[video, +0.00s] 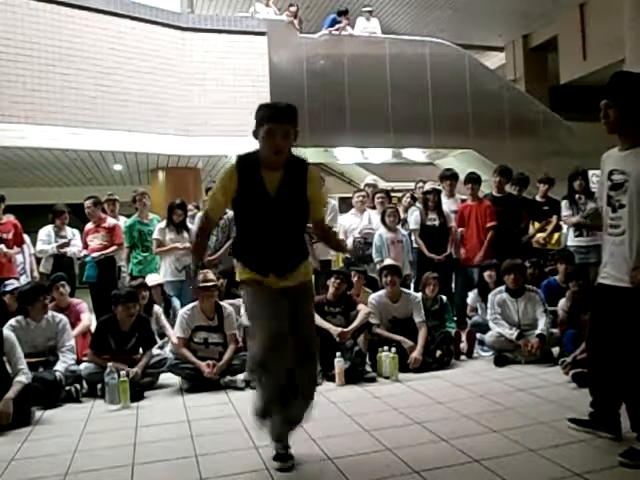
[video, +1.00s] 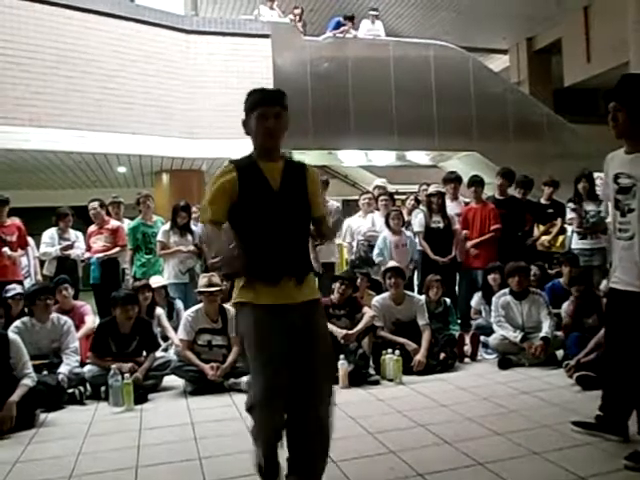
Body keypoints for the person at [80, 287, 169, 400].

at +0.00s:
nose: (131, 311)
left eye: (134, 306)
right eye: (126, 307)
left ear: (138, 307)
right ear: (115, 309)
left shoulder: (143, 322)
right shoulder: (104, 324)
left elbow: (149, 350)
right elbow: (92, 356)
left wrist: (139, 368)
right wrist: (115, 366)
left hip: (134, 363)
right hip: (109, 364)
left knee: (163, 358)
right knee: (86, 369)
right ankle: (137, 382)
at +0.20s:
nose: (133, 314)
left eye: (135, 309)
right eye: (127, 310)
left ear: (139, 309)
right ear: (116, 311)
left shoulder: (144, 324)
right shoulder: (105, 326)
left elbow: (151, 351)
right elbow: (93, 358)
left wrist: (139, 369)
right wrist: (118, 368)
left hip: (135, 365)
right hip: (111, 366)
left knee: (166, 359)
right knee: (87, 371)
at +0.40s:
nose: (132, 313)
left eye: (135, 308)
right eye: (127, 309)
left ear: (139, 309)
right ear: (116, 311)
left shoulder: (144, 325)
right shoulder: (105, 327)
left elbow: (152, 352)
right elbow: (93, 358)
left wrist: (142, 371)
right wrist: (118, 368)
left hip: (137, 365)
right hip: (112, 366)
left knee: (168, 360)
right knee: (89, 372)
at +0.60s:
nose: (130, 313)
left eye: (133, 308)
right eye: (125, 309)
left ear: (138, 309)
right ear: (114, 311)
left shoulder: (144, 324)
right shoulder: (104, 327)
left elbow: (152, 352)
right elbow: (93, 358)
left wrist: (142, 371)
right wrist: (118, 366)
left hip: (137, 363)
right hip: (112, 366)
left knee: (168, 360)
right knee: (89, 372)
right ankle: (139, 384)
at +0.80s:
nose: (130, 313)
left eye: (133, 309)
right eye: (125, 309)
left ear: (138, 309)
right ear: (114, 311)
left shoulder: (144, 324)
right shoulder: (104, 327)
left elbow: (153, 352)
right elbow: (93, 358)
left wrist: (141, 372)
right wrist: (119, 366)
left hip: (136, 364)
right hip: (111, 366)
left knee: (167, 360)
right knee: (89, 372)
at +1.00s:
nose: (130, 313)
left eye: (133, 308)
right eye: (125, 309)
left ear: (137, 309)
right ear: (114, 311)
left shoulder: (144, 325)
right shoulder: (104, 327)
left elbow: (153, 352)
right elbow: (93, 358)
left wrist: (141, 372)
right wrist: (118, 366)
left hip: (137, 364)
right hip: (111, 366)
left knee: (167, 360)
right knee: (89, 372)